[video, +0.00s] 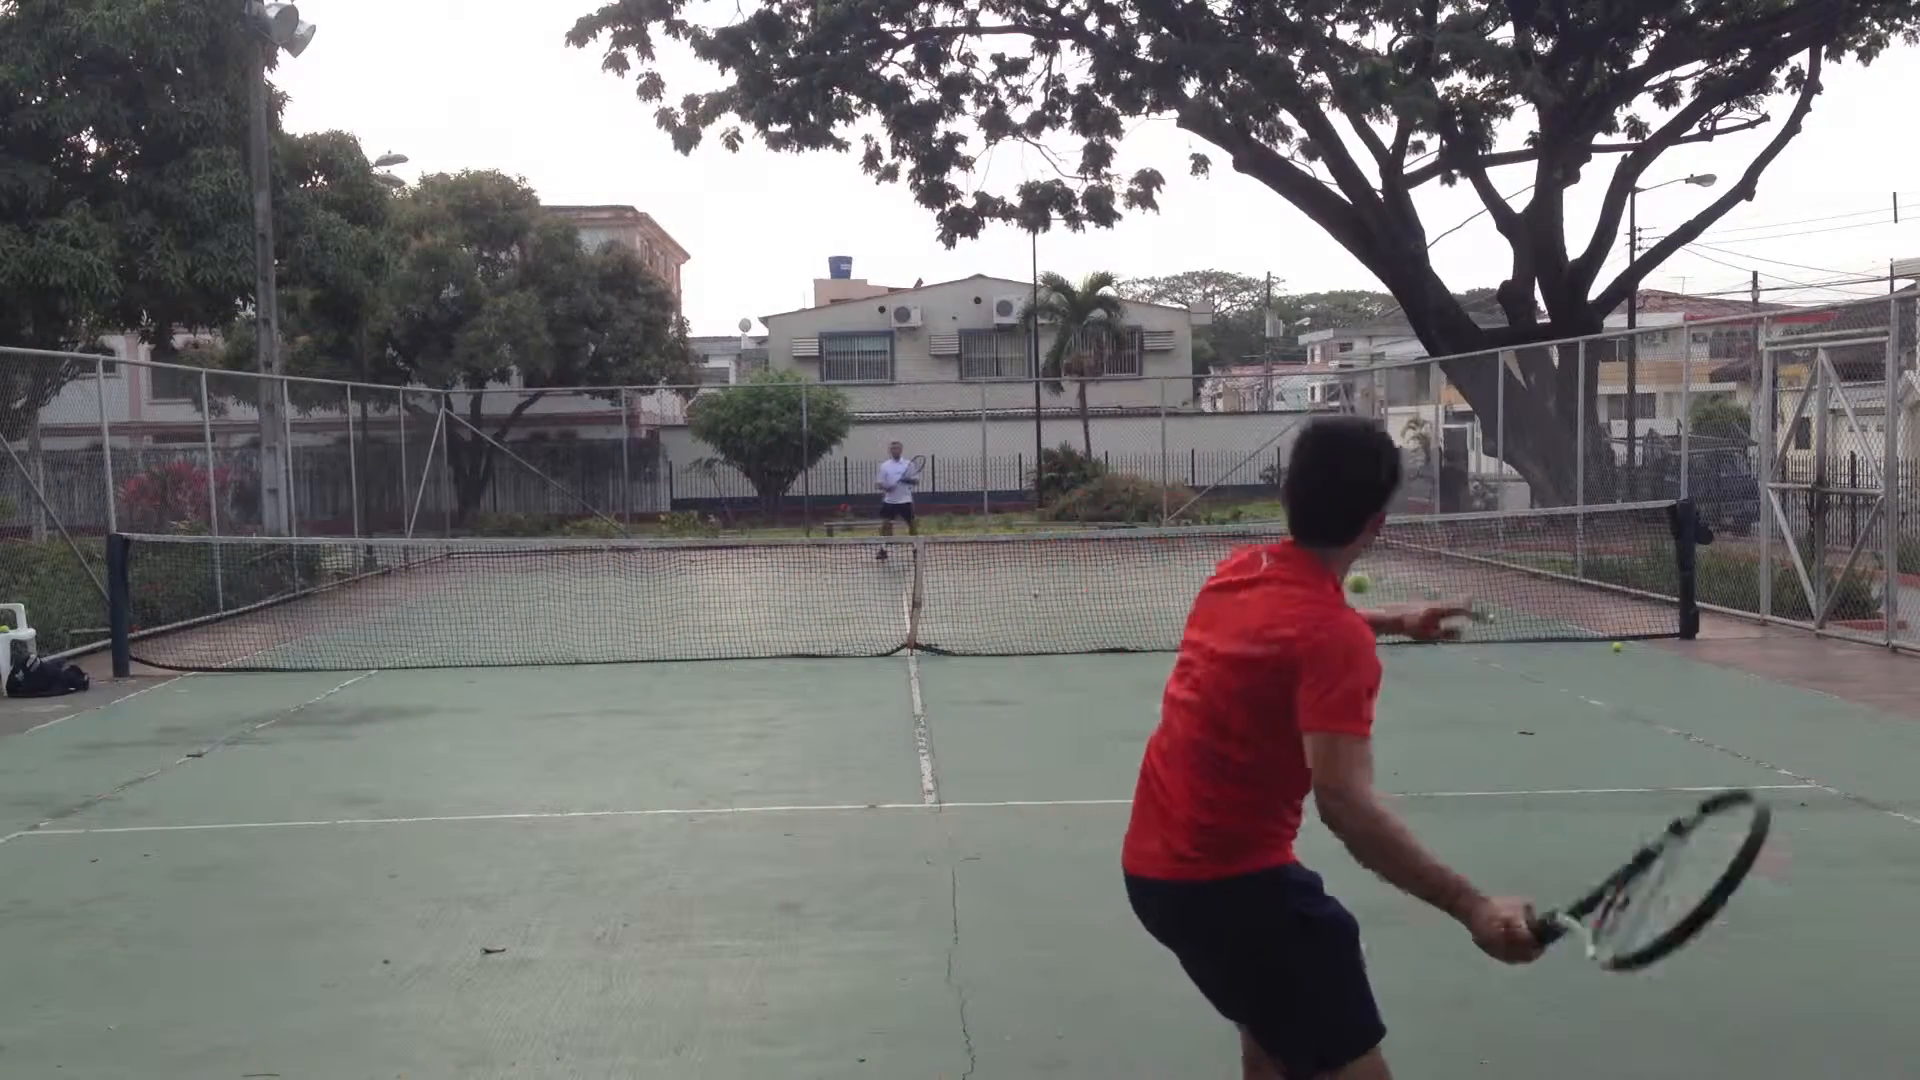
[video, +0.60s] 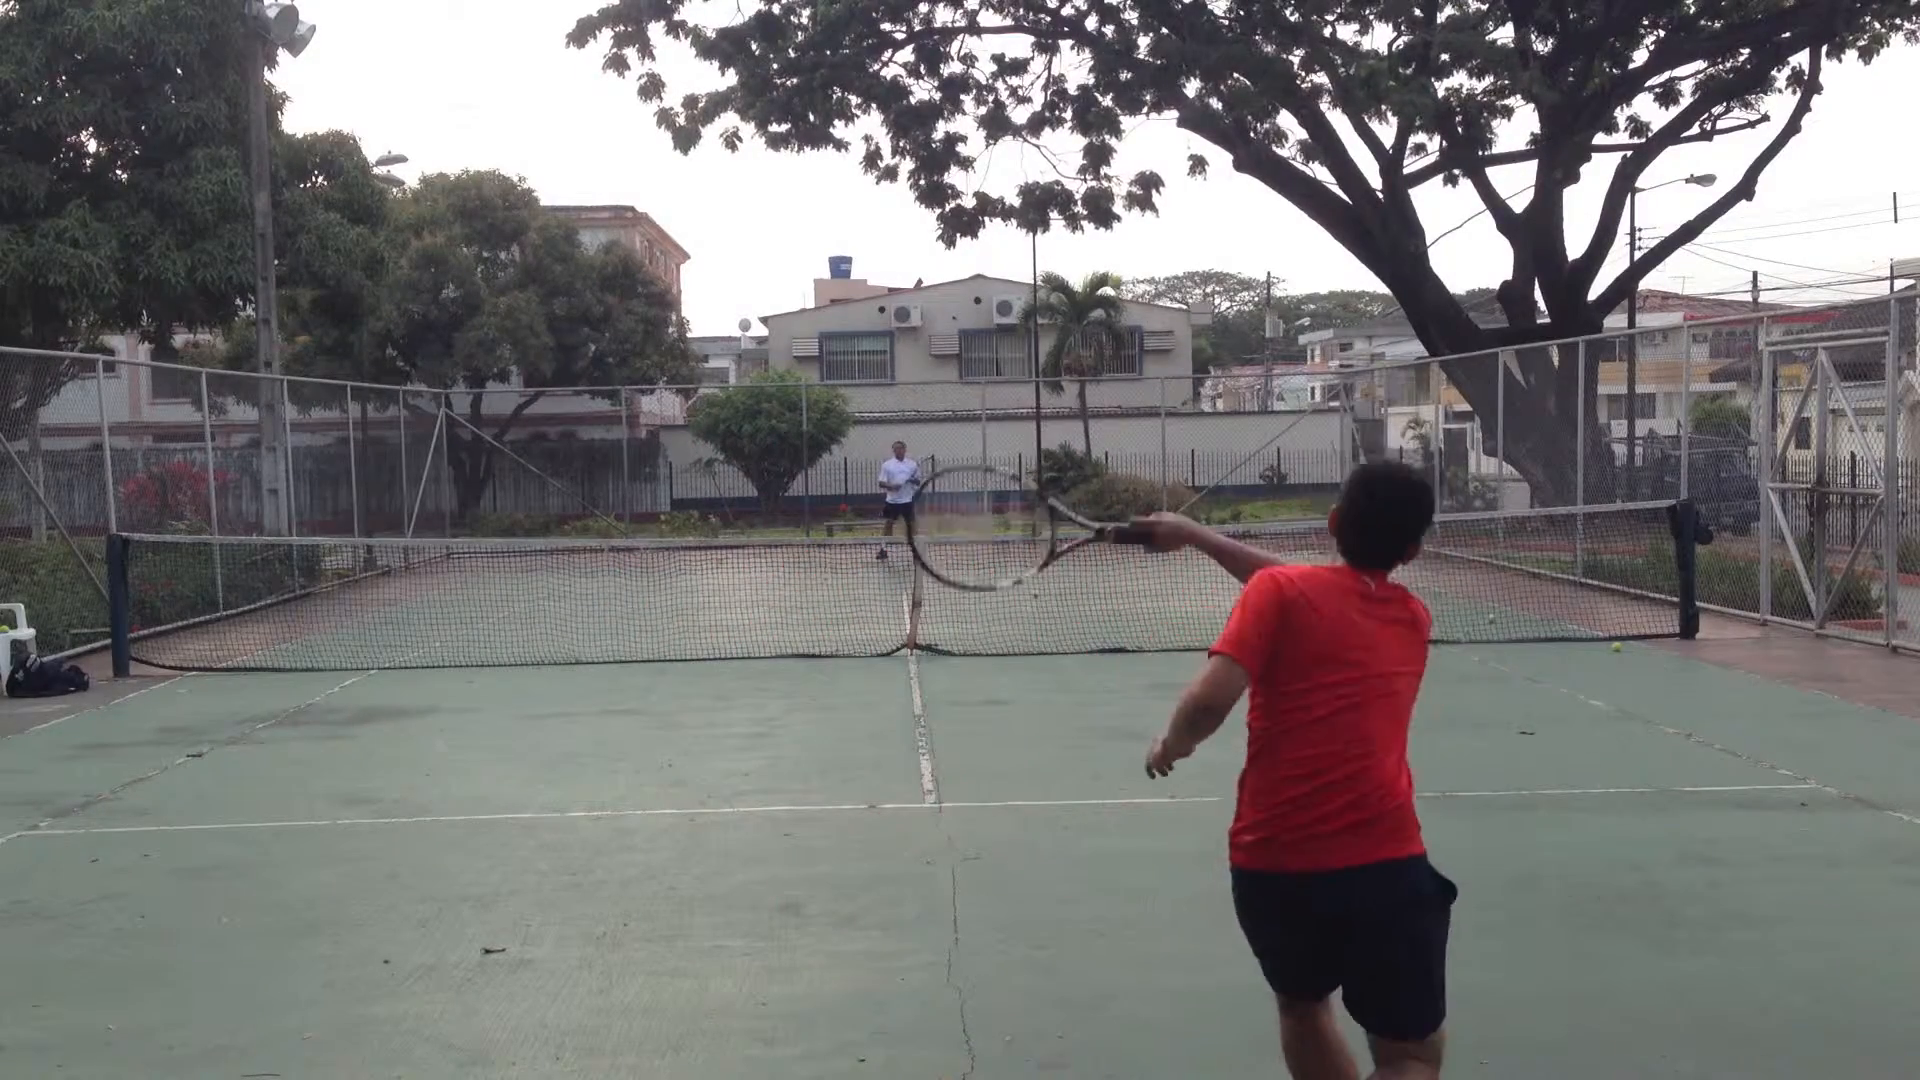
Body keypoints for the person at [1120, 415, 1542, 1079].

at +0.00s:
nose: (1383, 520)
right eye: (1385, 507)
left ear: (1291, 494)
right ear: (1374, 524)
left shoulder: (1235, 570)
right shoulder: (1333, 633)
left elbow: (1298, 618)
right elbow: (1344, 802)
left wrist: (1392, 623)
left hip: (1158, 867)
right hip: (1236, 880)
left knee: (1271, 1031)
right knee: (1355, 1062)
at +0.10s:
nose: (1421, 550)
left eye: (1421, 535)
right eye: (1423, 538)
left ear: (1329, 521)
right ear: (1410, 552)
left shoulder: (1251, 587)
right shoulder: (1386, 675)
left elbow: (1178, 637)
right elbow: (1422, 854)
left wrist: (1267, 639)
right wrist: (1528, 983)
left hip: (1180, 881)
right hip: (1272, 892)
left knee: (1294, 1035)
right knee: (1373, 1066)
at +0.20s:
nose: (1437, 577)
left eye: (1439, 564)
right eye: (1440, 566)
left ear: (1352, 541)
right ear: (1425, 577)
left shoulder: (1254, 606)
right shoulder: (1422, 693)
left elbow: (1127, 660)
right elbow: (1468, 851)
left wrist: (1180, 643)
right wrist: (1555, 956)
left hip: (1208, 898)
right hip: (1316, 910)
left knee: (1312, 1005)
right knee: (1380, 1066)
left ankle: (1307, 1078)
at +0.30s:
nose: (1447, 601)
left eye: (1452, 588)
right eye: (1451, 590)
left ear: (1372, 563)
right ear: (1438, 597)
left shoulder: (1276, 622)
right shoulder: (1425, 689)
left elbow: (1134, 680)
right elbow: (1448, 764)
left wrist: (1171, 656)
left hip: (1226, 906)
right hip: (1334, 918)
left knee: (1313, 1000)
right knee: (1372, 1063)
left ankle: (1308, 1058)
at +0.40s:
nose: (1369, 551)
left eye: (1375, 546)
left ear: (1376, 563)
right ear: (1447, 609)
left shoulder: (1299, 623)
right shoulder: (1430, 686)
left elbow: (1180, 694)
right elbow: (1390, 643)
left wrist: (1139, 718)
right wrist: (1366, 595)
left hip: (1244, 903)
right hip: (1357, 913)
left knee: (1297, 1011)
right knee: (1380, 1065)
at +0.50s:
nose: (1359, 536)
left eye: (1366, 532)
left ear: (1362, 547)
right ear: (1433, 586)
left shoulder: (1293, 608)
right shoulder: (1424, 653)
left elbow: (1209, 699)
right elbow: (1348, 595)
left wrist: (1163, 738)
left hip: (1263, 887)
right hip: (1375, 892)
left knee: (1297, 1011)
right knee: (1395, 1066)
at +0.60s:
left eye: (1336, 506)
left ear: (1333, 521)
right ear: (1413, 549)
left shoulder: (1277, 590)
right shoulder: (1413, 618)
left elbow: (1207, 703)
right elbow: (1304, 584)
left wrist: (1172, 747)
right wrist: (1191, 533)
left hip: (1275, 873)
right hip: (1386, 873)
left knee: (1305, 1008)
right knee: (1409, 1055)